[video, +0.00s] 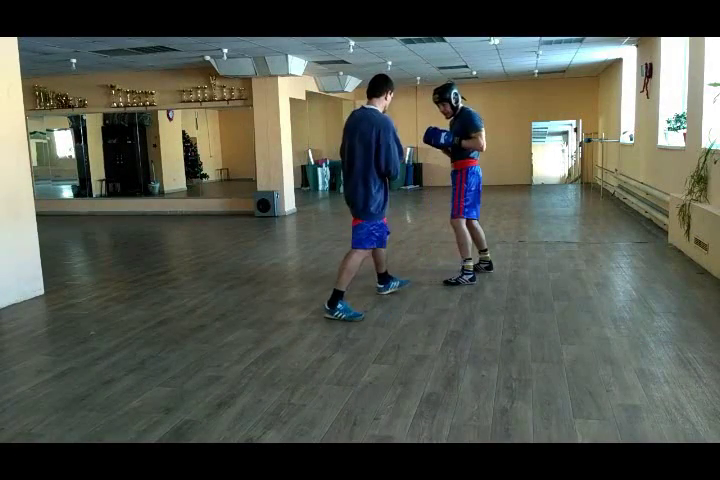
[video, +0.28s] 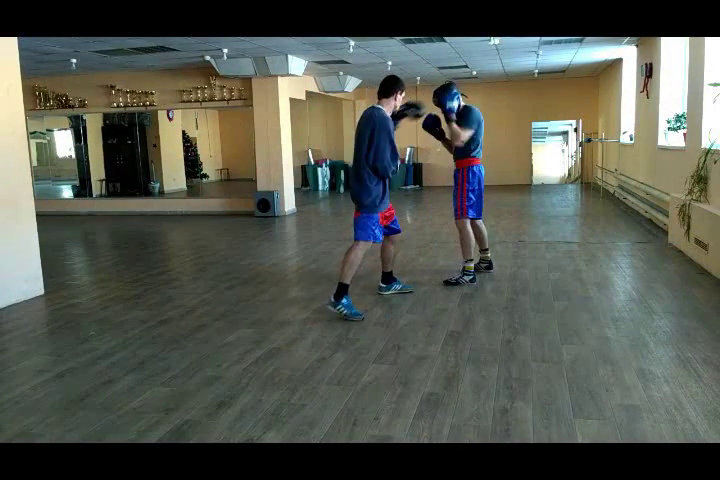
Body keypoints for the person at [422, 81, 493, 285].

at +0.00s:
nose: (442, 110)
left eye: (443, 105)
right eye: (439, 106)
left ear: (454, 100)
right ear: (442, 104)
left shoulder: (469, 115)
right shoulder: (455, 121)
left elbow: (480, 144)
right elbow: (456, 153)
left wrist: (453, 141)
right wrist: (441, 143)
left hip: (467, 170)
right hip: (462, 170)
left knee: (457, 220)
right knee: (470, 219)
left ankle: (467, 271)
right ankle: (485, 260)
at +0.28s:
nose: (441, 110)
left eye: (443, 106)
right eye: (440, 107)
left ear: (454, 100)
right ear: (454, 101)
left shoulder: (471, 112)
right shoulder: (459, 117)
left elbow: (460, 139)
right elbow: (455, 149)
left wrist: (449, 116)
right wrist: (438, 135)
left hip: (469, 168)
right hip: (466, 167)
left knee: (462, 219)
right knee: (474, 218)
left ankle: (468, 270)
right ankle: (485, 259)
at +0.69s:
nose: (457, 112)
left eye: (457, 107)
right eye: (455, 108)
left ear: (467, 102)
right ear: (470, 101)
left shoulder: (482, 116)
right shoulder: (482, 116)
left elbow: (488, 145)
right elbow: (477, 146)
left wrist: (464, 141)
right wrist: (460, 140)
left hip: (478, 171)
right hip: (485, 170)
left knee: (463, 219)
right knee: (484, 217)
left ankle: (467, 271)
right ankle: (502, 261)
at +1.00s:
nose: (459, 110)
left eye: (459, 106)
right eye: (458, 107)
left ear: (468, 101)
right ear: (472, 100)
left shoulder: (484, 114)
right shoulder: (488, 114)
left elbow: (484, 145)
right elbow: (479, 143)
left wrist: (463, 135)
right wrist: (461, 135)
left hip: (483, 169)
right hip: (494, 168)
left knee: (470, 219)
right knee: (489, 216)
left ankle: (473, 271)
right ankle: (503, 261)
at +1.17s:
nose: (457, 108)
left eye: (457, 105)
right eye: (457, 104)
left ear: (461, 101)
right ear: (474, 97)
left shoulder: (471, 113)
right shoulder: (496, 113)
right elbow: (477, 138)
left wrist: (446, 112)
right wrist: (453, 135)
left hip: (483, 169)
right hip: (500, 166)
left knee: (475, 219)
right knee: (499, 216)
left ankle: (473, 271)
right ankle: (506, 260)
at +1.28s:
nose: (456, 105)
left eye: (456, 102)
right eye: (456, 101)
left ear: (460, 99)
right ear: (474, 95)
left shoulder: (469, 112)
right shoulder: (497, 111)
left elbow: (439, 130)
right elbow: (484, 138)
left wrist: (446, 108)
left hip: (484, 169)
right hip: (502, 166)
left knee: (475, 220)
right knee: (501, 216)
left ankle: (473, 271)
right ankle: (509, 259)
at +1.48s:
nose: (471, 108)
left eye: (471, 105)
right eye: (470, 105)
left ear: (476, 100)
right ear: (489, 97)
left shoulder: (483, 112)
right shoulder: (512, 117)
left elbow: (469, 141)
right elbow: (513, 152)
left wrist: (458, 124)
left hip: (489, 171)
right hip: (508, 171)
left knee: (475, 223)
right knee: (514, 218)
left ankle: (471, 272)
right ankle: (535, 262)